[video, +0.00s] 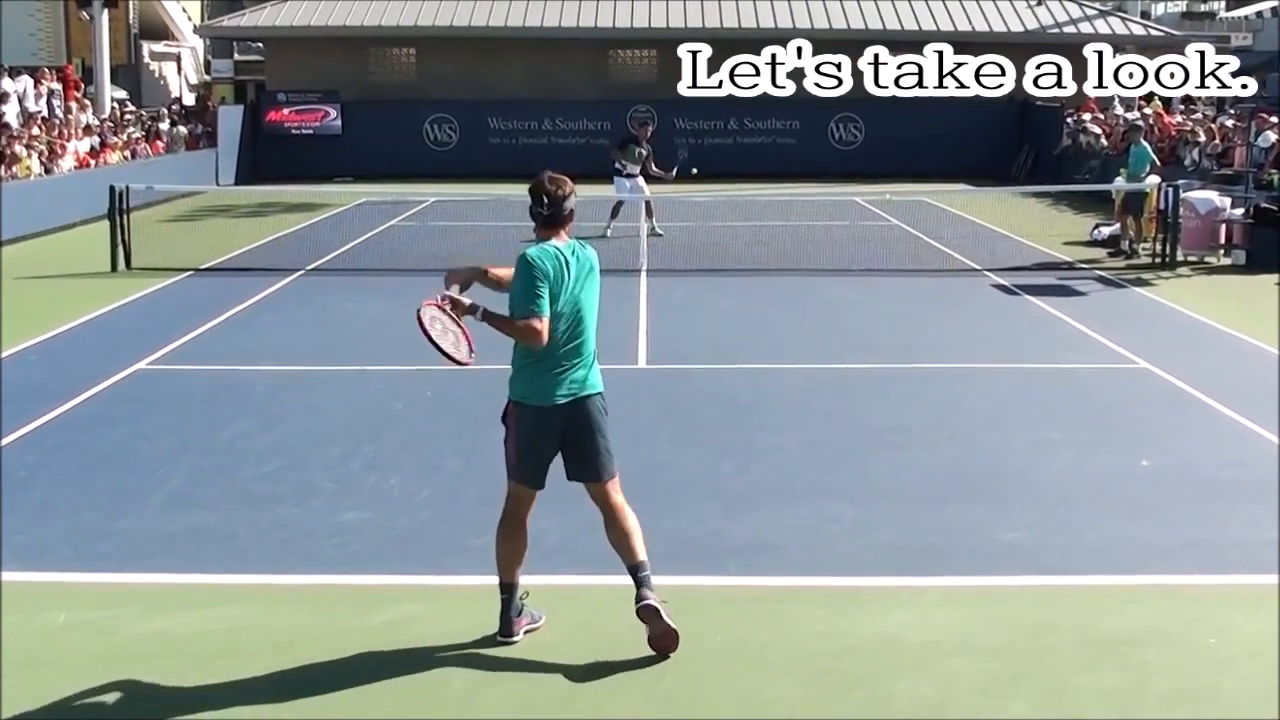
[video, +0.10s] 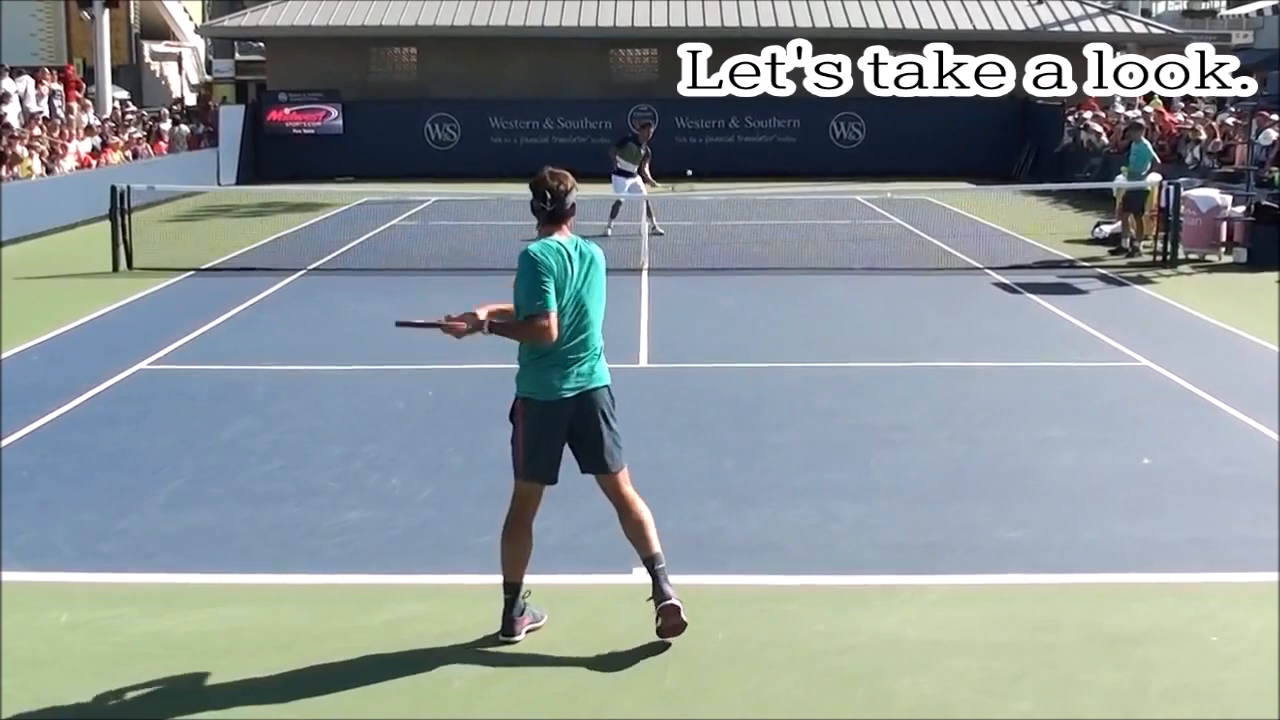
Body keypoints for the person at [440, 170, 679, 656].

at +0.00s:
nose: (539, 214)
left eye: (537, 207)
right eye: (565, 207)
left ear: (532, 212)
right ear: (573, 214)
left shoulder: (534, 259)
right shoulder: (587, 256)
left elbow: (536, 333)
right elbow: (524, 278)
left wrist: (475, 313)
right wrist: (477, 272)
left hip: (534, 406)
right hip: (586, 400)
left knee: (517, 506)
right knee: (612, 498)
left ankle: (510, 613)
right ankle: (645, 590)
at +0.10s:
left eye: (540, 201)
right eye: (571, 202)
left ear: (534, 207)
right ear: (574, 208)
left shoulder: (535, 256)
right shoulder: (594, 254)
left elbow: (544, 331)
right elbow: (556, 311)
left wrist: (485, 325)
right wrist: (490, 312)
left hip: (542, 400)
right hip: (594, 392)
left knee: (524, 504)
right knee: (623, 491)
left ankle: (513, 611)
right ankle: (663, 588)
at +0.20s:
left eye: (546, 202)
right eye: (575, 202)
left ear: (540, 207)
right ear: (581, 209)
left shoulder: (538, 255)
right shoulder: (605, 258)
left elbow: (543, 331)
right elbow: (591, 329)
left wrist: (489, 342)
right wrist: (523, 350)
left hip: (551, 400)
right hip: (605, 392)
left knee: (529, 503)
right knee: (633, 491)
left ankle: (514, 612)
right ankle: (673, 594)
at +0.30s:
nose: (561, 227)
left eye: (551, 222)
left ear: (552, 226)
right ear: (591, 224)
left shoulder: (542, 270)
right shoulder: (620, 275)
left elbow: (532, 343)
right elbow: (632, 350)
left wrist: (507, 363)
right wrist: (575, 359)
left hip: (560, 412)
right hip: (614, 409)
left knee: (529, 504)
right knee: (646, 500)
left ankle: (514, 611)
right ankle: (682, 604)